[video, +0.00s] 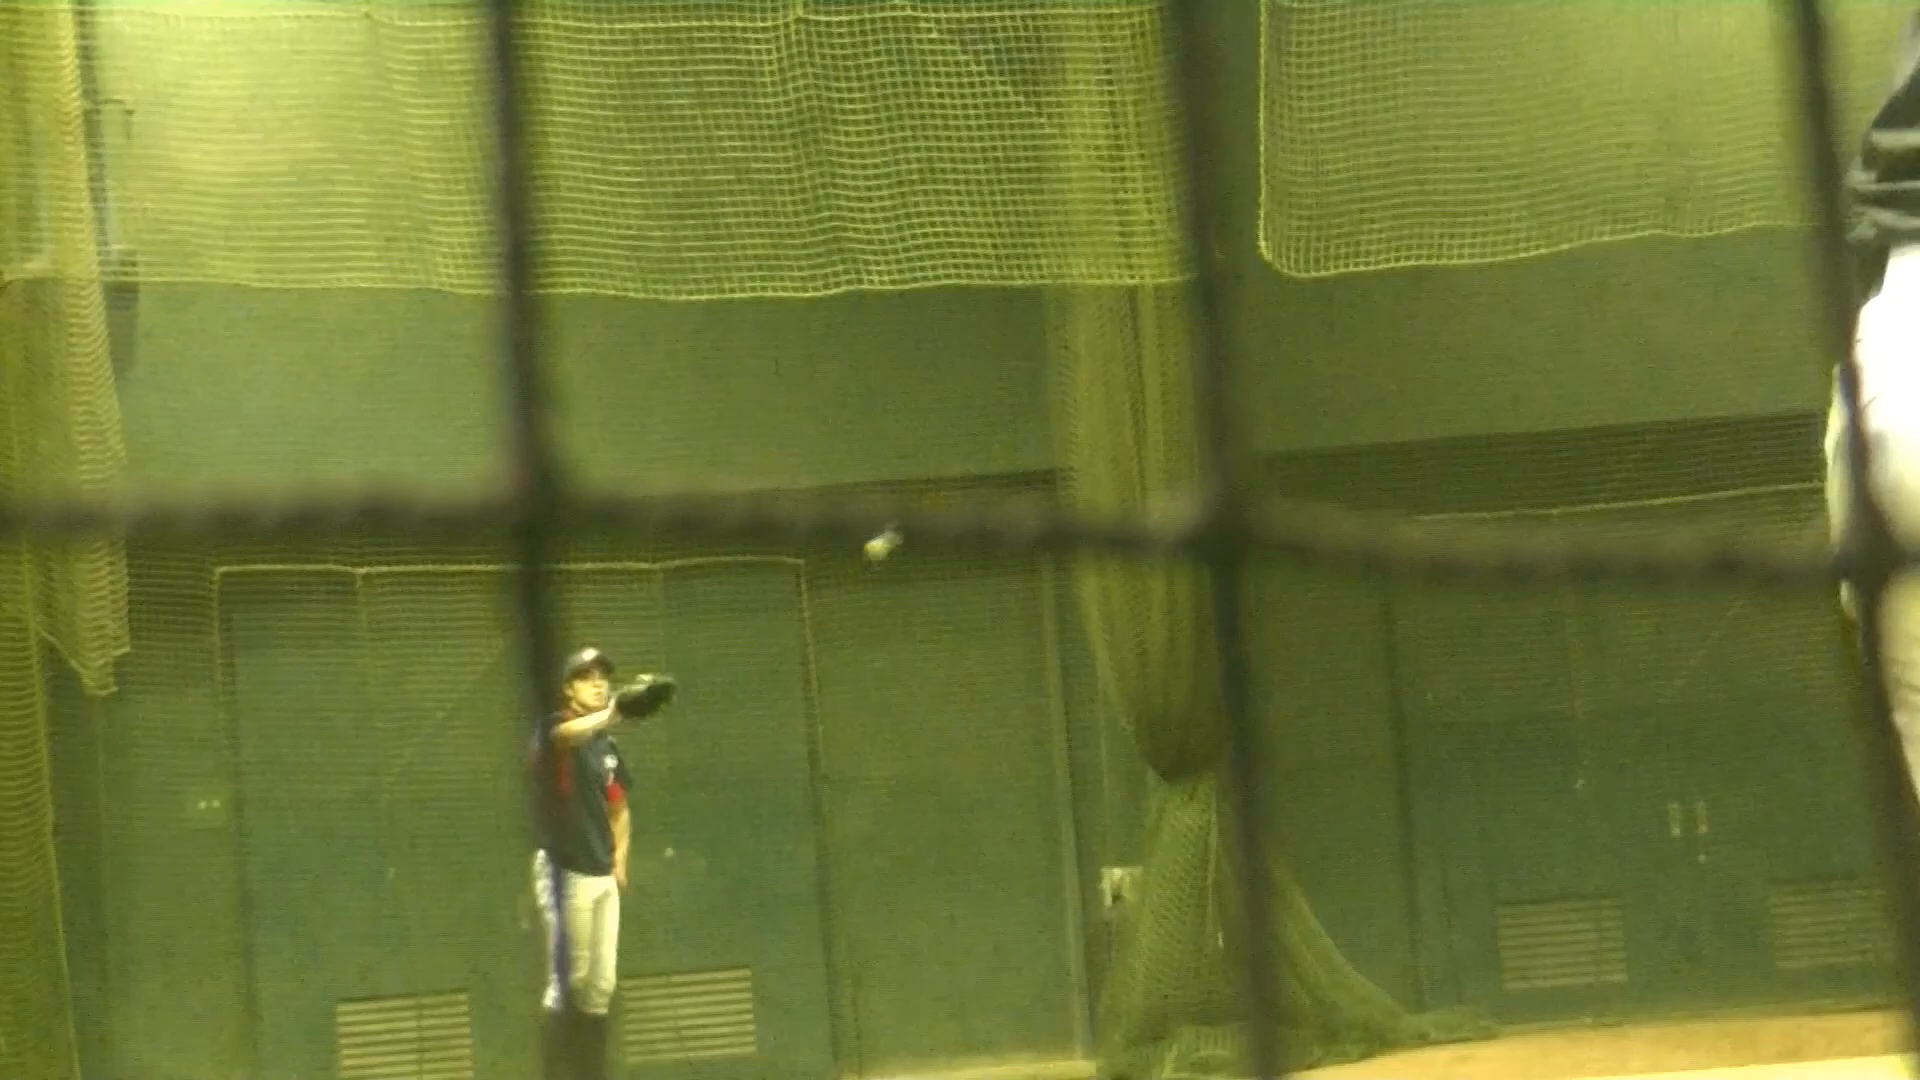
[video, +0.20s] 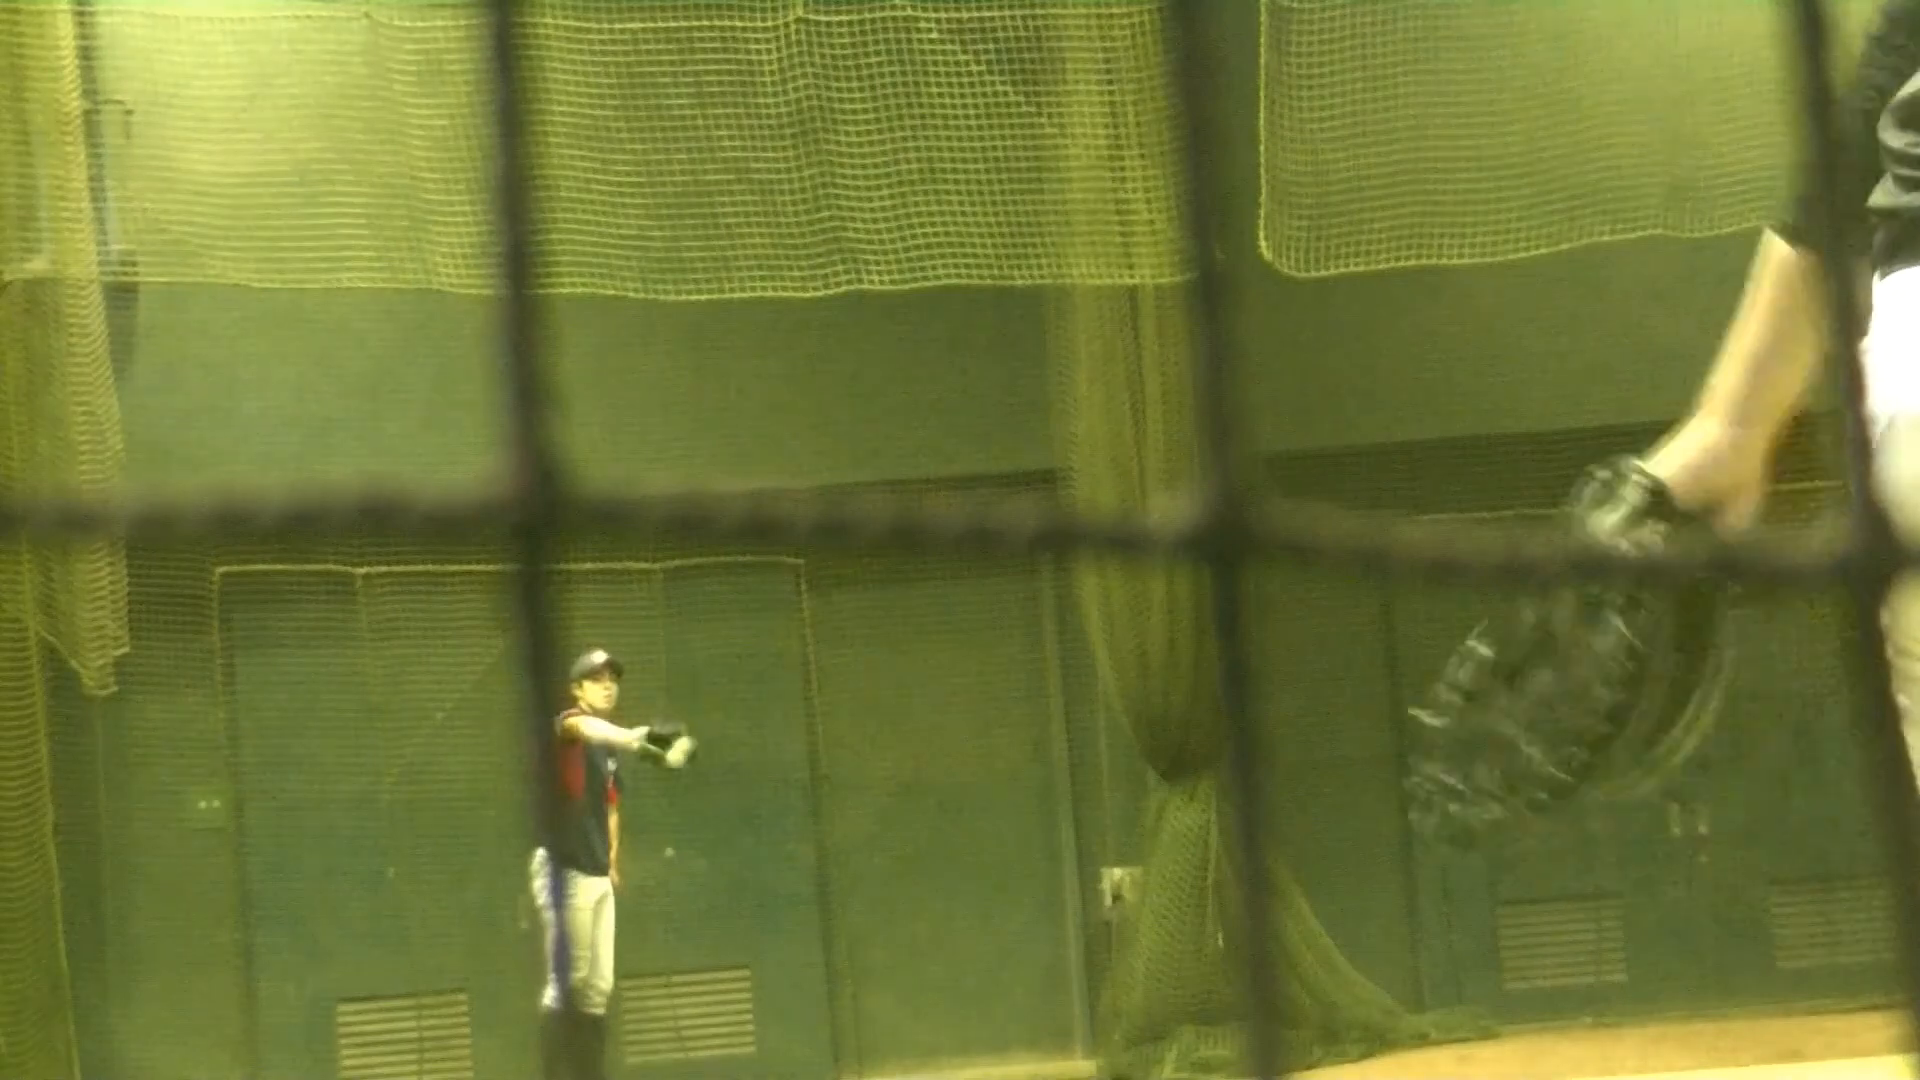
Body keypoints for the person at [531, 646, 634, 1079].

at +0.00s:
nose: (598, 688)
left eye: (602, 679)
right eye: (587, 679)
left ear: (608, 686)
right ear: (566, 688)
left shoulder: (606, 745)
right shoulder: (552, 731)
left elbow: (619, 808)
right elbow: (568, 732)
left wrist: (618, 862)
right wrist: (614, 711)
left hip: (603, 876)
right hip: (563, 874)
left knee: (600, 987)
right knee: (566, 986)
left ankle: (592, 1075)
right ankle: (559, 1075)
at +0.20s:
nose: (607, 686)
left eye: (610, 679)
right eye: (596, 679)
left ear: (616, 687)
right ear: (575, 688)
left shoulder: (606, 738)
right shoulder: (568, 723)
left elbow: (610, 806)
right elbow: (585, 728)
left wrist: (610, 863)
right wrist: (641, 739)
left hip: (598, 877)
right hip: (563, 874)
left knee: (597, 988)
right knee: (566, 987)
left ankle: (589, 1075)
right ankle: (559, 1075)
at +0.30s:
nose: (616, 691)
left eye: (618, 683)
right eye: (607, 683)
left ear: (616, 690)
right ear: (582, 687)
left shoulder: (592, 738)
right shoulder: (571, 730)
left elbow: (591, 808)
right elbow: (602, 754)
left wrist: (605, 863)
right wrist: (645, 777)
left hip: (594, 875)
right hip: (565, 873)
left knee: (596, 989)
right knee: (570, 987)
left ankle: (587, 1074)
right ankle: (558, 1074)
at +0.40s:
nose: (621, 689)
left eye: (621, 681)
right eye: (613, 681)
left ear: (598, 689)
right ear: (587, 686)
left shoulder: (586, 730)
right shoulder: (578, 727)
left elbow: (574, 803)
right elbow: (598, 779)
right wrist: (644, 824)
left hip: (591, 874)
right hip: (570, 873)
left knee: (596, 987)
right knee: (575, 986)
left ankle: (586, 1074)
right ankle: (564, 1075)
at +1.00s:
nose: (630, 694)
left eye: (628, 686)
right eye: (627, 686)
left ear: (596, 687)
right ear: (614, 686)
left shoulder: (578, 723)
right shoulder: (597, 719)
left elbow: (588, 795)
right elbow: (600, 770)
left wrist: (637, 844)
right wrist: (642, 820)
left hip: (580, 860)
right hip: (598, 862)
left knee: (600, 976)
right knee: (635, 968)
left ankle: (580, 1069)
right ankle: (604, 1070)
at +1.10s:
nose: (635, 694)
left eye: (633, 686)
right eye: (632, 686)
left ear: (600, 687)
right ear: (619, 686)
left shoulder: (584, 724)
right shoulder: (606, 719)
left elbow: (572, 791)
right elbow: (601, 761)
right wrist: (638, 814)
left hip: (584, 859)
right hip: (606, 861)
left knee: (604, 979)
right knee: (647, 967)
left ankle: (586, 1074)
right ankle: (645, 1071)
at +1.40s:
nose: (661, 695)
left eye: (659, 687)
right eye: (658, 688)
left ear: (624, 691)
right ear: (647, 689)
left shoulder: (600, 730)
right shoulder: (645, 724)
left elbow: (584, 801)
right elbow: (646, 788)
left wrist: (593, 854)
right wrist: (666, 847)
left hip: (601, 861)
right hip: (634, 861)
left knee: (619, 978)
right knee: (683, 967)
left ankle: (590, 1073)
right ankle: (710, 1072)